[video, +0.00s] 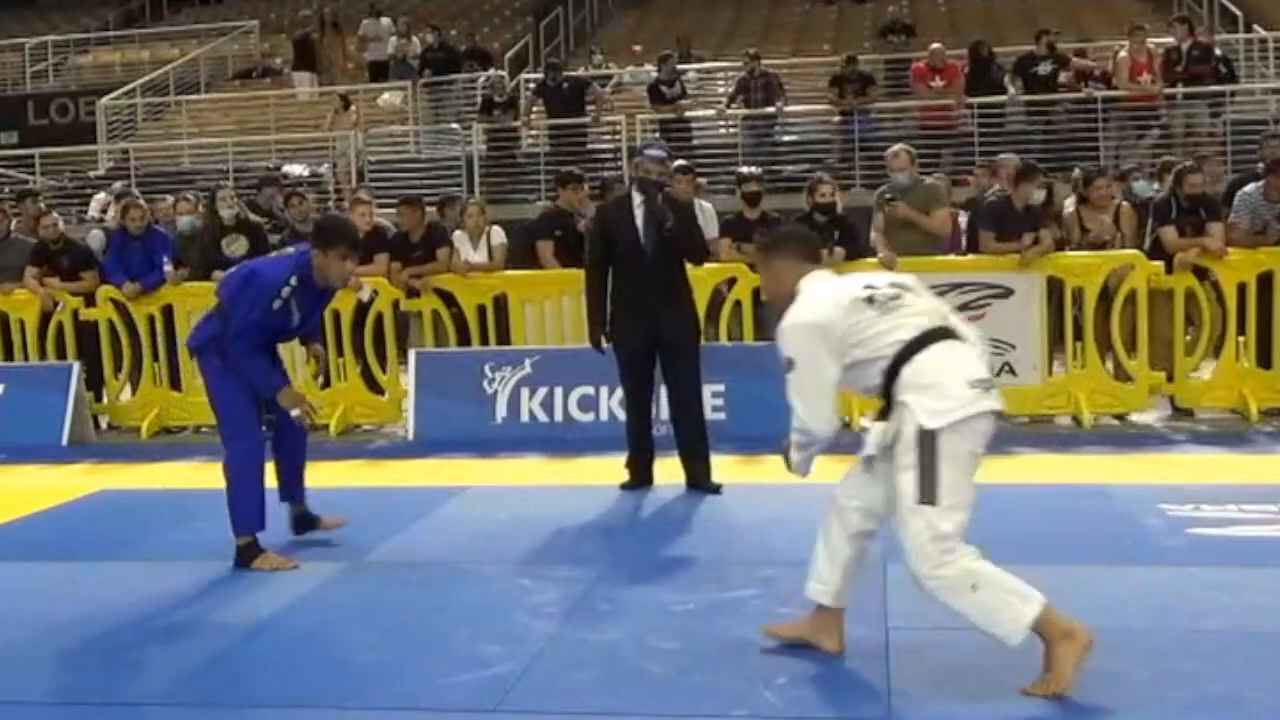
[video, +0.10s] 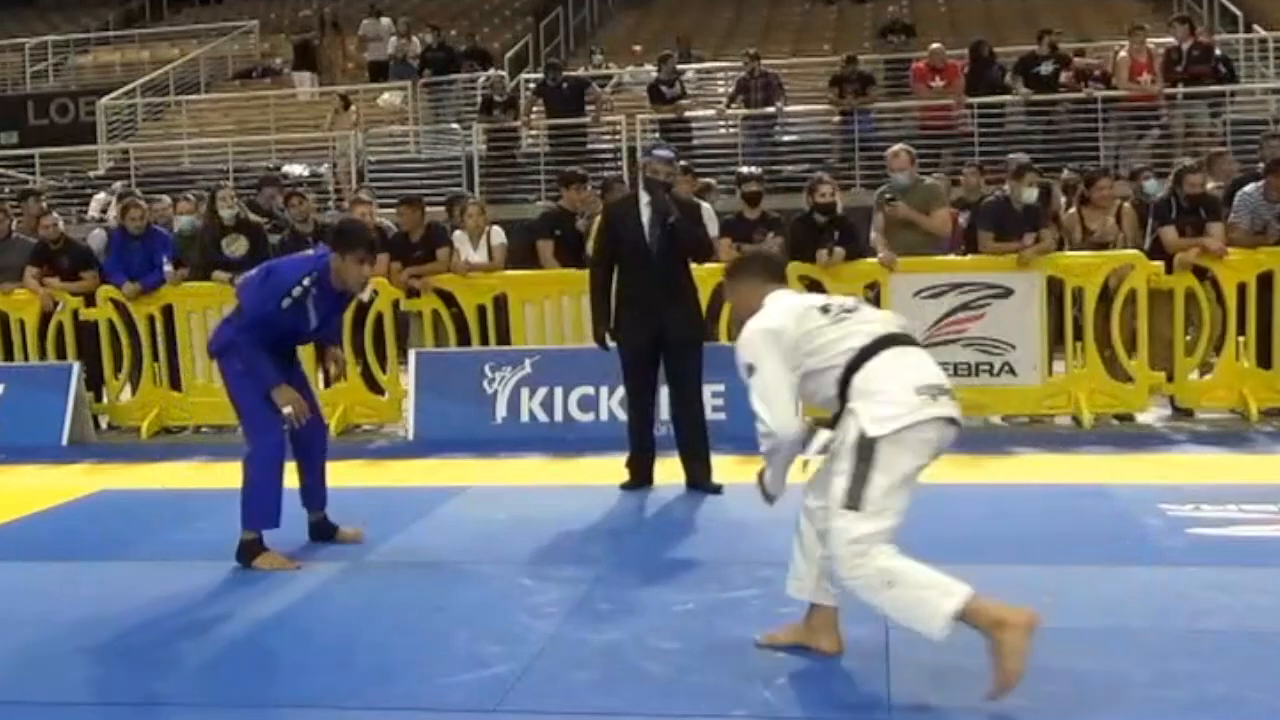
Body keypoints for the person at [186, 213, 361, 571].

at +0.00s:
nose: (350, 268)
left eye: (353, 260)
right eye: (344, 259)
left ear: (352, 259)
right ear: (319, 255)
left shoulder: (326, 277)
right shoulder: (271, 279)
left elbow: (310, 308)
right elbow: (240, 344)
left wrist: (313, 339)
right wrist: (279, 389)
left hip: (260, 344)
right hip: (221, 348)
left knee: (291, 419)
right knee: (244, 439)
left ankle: (299, 512)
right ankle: (247, 545)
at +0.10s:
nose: (368, 272)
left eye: (371, 264)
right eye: (362, 263)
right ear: (337, 259)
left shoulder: (343, 282)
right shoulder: (289, 279)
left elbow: (330, 311)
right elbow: (243, 335)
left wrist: (331, 343)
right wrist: (275, 386)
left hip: (279, 347)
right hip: (240, 347)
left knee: (312, 428)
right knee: (266, 437)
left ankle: (318, 521)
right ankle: (251, 542)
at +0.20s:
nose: (379, 278)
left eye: (382, 270)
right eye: (372, 269)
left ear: (383, 267)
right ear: (347, 265)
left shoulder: (366, 288)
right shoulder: (301, 283)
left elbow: (364, 322)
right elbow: (250, 340)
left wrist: (364, 359)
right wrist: (277, 384)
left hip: (307, 357)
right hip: (264, 353)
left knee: (338, 427)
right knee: (305, 420)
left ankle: (323, 521)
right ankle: (271, 523)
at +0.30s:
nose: (388, 285)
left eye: (391, 275)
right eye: (380, 276)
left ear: (395, 271)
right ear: (357, 271)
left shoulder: (384, 294)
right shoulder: (315, 288)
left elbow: (392, 330)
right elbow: (263, 342)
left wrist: (395, 371)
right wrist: (287, 389)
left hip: (322, 358)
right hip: (282, 357)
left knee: (352, 427)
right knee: (314, 423)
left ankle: (326, 521)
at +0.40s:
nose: (399, 292)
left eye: (401, 282)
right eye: (390, 283)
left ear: (404, 279)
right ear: (366, 279)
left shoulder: (399, 302)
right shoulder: (323, 298)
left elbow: (409, 333)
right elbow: (276, 355)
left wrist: (417, 375)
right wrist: (300, 401)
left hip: (342, 366)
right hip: (298, 365)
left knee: (366, 443)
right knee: (325, 435)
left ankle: (332, 520)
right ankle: (352, 539)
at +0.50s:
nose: (402, 296)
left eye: (406, 286)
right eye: (392, 287)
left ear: (411, 283)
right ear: (370, 283)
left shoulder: (412, 307)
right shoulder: (331, 302)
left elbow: (420, 340)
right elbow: (294, 360)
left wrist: (426, 380)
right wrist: (318, 415)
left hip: (352, 365)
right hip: (309, 366)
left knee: (391, 442)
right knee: (342, 440)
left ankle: (339, 508)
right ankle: (354, 542)